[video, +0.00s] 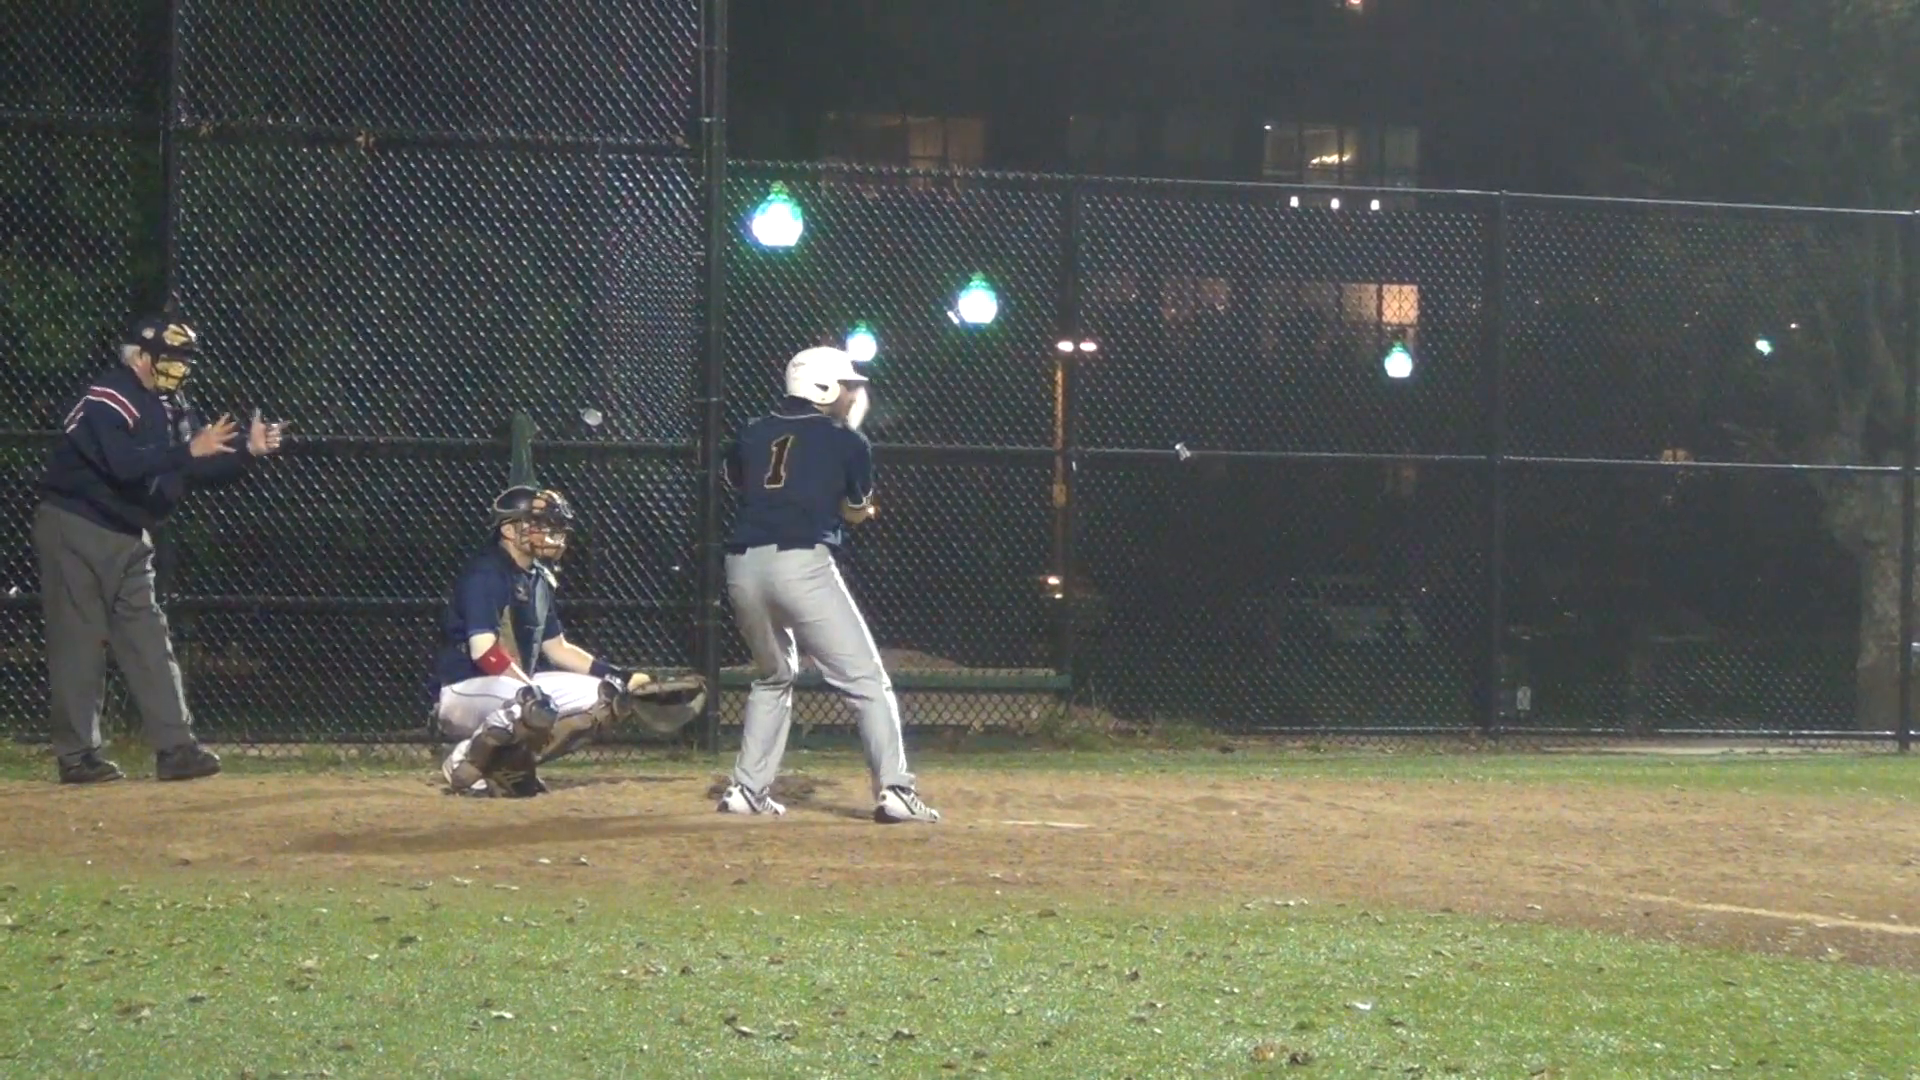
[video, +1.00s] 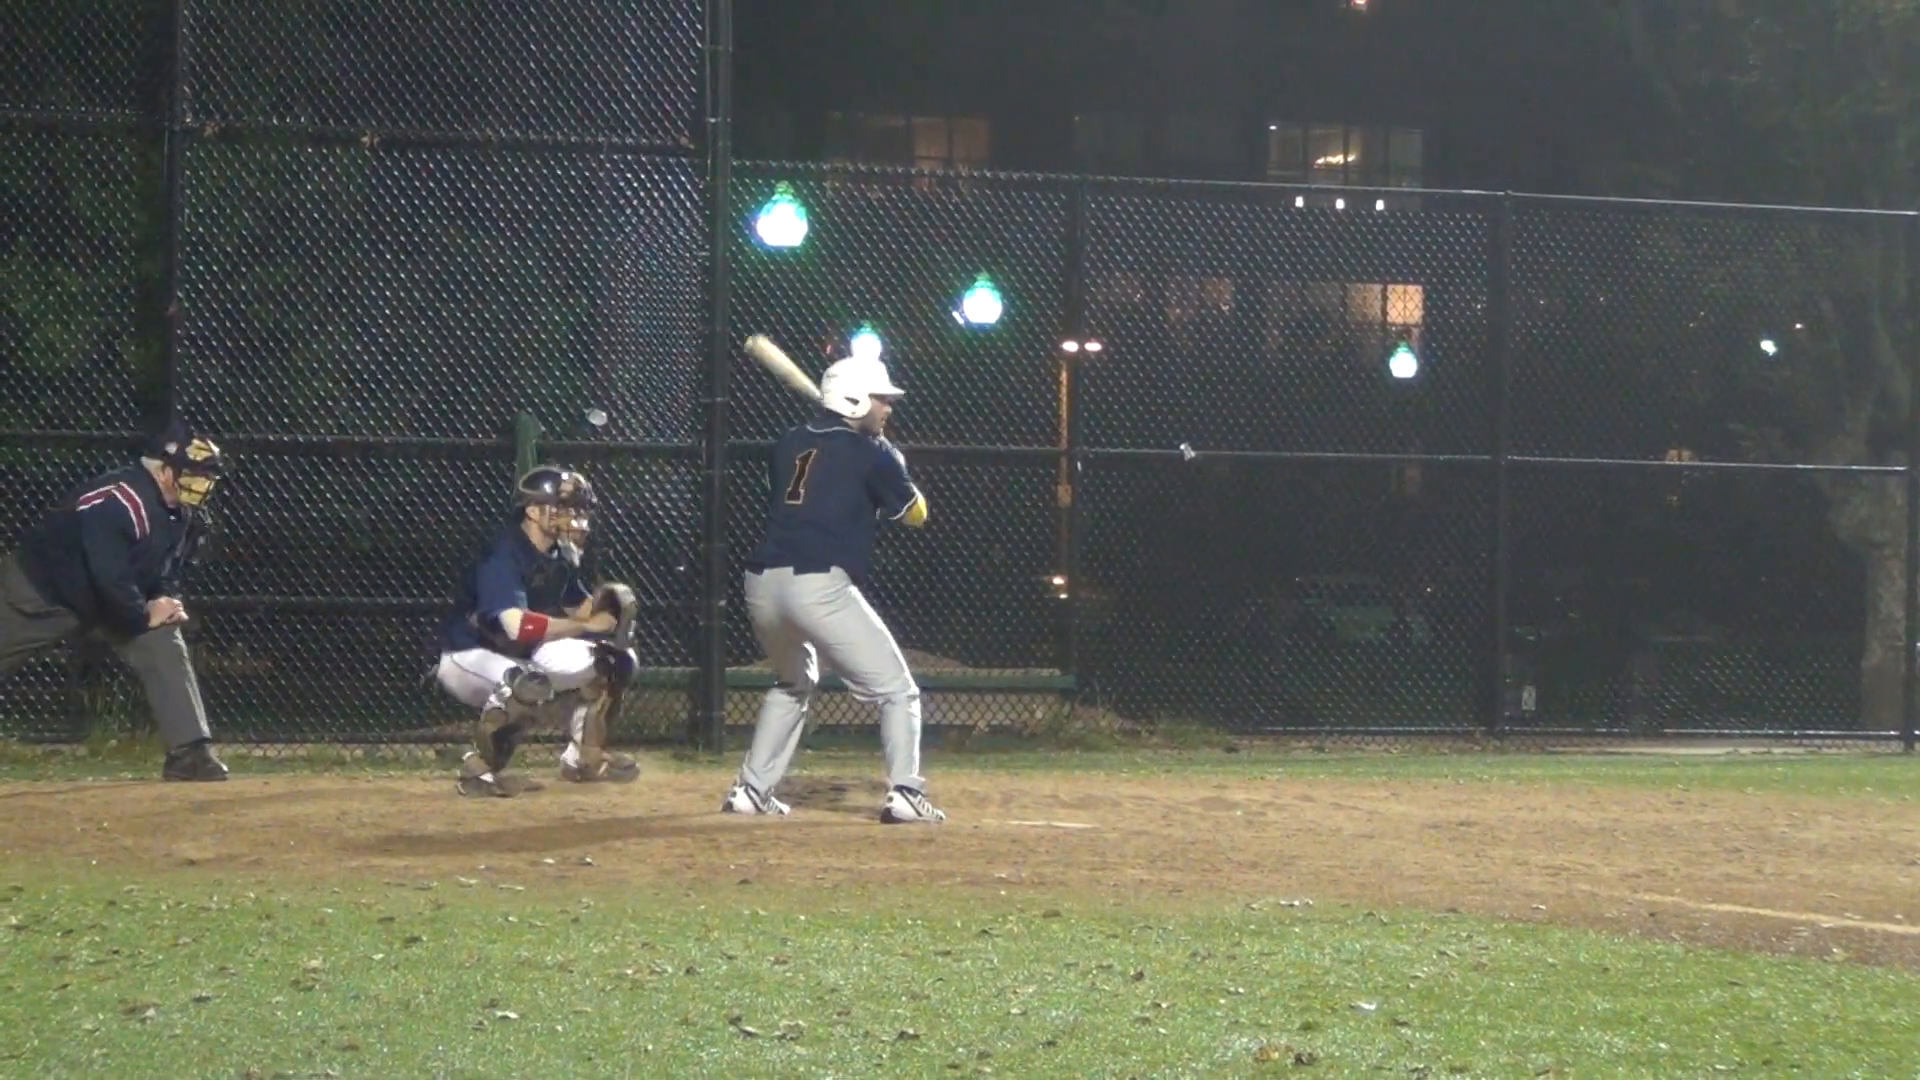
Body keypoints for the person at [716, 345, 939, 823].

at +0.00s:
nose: (854, 397)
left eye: (853, 388)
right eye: (849, 389)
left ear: (796, 388)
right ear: (828, 390)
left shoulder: (752, 431)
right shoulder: (847, 440)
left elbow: (736, 484)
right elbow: (857, 509)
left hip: (741, 566)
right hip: (803, 563)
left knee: (771, 677)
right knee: (867, 682)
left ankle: (747, 790)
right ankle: (895, 791)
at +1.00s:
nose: (889, 409)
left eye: (888, 400)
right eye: (882, 400)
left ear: (834, 401)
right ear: (857, 403)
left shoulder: (788, 441)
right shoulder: (872, 452)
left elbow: (815, 493)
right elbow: (916, 515)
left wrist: (872, 460)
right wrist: (896, 467)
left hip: (761, 584)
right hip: (820, 585)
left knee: (792, 683)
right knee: (898, 691)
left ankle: (751, 790)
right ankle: (906, 794)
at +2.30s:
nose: (883, 418)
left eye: (883, 409)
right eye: (877, 409)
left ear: (830, 409)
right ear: (850, 409)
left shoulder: (774, 443)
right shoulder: (868, 462)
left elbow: (751, 481)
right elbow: (883, 535)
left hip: (756, 581)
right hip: (819, 581)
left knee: (786, 680)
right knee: (889, 690)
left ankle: (754, 787)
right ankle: (908, 789)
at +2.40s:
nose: (875, 415)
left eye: (875, 406)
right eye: (868, 406)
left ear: (819, 404)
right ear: (842, 406)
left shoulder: (770, 433)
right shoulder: (863, 462)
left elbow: (723, 451)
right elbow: (859, 531)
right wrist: (874, 511)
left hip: (753, 578)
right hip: (817, 576)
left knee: (777, 678)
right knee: (890, 677)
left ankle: (752, 786)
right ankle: (911, 770)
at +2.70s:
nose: (877, 416)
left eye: (877, 407)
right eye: (871, 407)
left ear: (821, 406)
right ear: (849, 407)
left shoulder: (775, 441)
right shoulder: (873, 453)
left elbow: (700, 458)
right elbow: (872, 508)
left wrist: (750, 446)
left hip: (777, 579)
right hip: (841, 574)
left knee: (785, 681)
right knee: (920, 670)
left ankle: (754, 787)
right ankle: (952, 759)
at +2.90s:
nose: (905, 444)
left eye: (905, 435)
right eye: (901, 434)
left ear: (849, 429)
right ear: (886, 429)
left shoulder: (802, 468)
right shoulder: (903, 473)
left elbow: (732, 512)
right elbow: (910, 534)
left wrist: (784, 480)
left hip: (807, 599)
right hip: (873, 595)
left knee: (803, 688)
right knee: (954, 699)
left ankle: (759, 787)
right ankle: (977, 794)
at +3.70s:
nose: (861, 423)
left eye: (863, 415)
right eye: (860, 413)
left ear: (810, 390)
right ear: (848, 405)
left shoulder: (754, 423)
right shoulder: (852, 450)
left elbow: (680, 448)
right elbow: (848, 511)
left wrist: (729, 476)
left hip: (752, 567)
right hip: (816, 563)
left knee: (771, 676)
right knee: (889, 671)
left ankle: (760, 785)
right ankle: (933, 776)